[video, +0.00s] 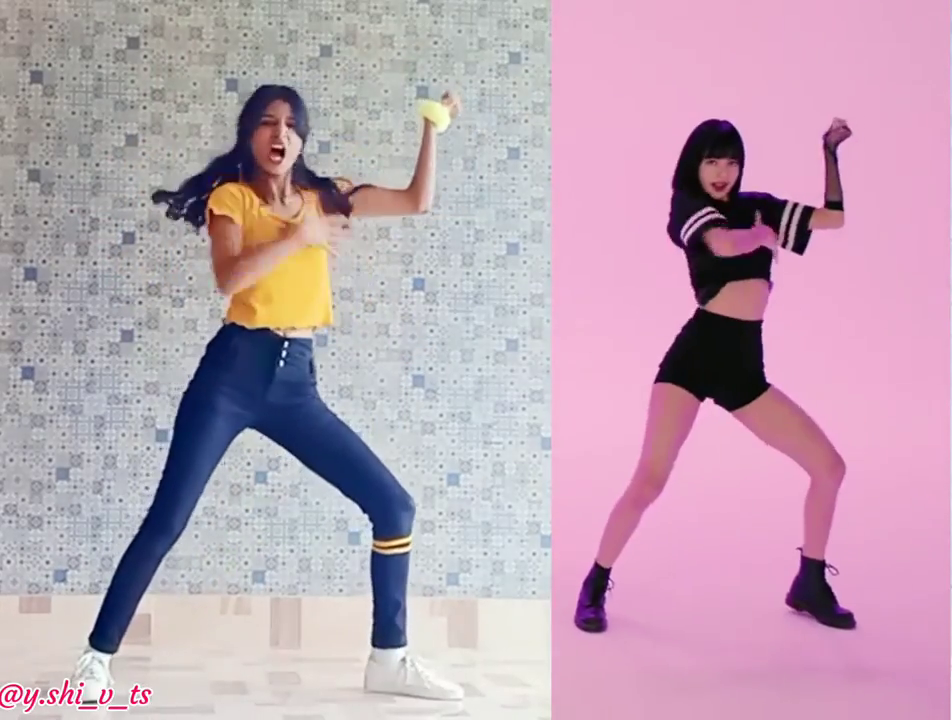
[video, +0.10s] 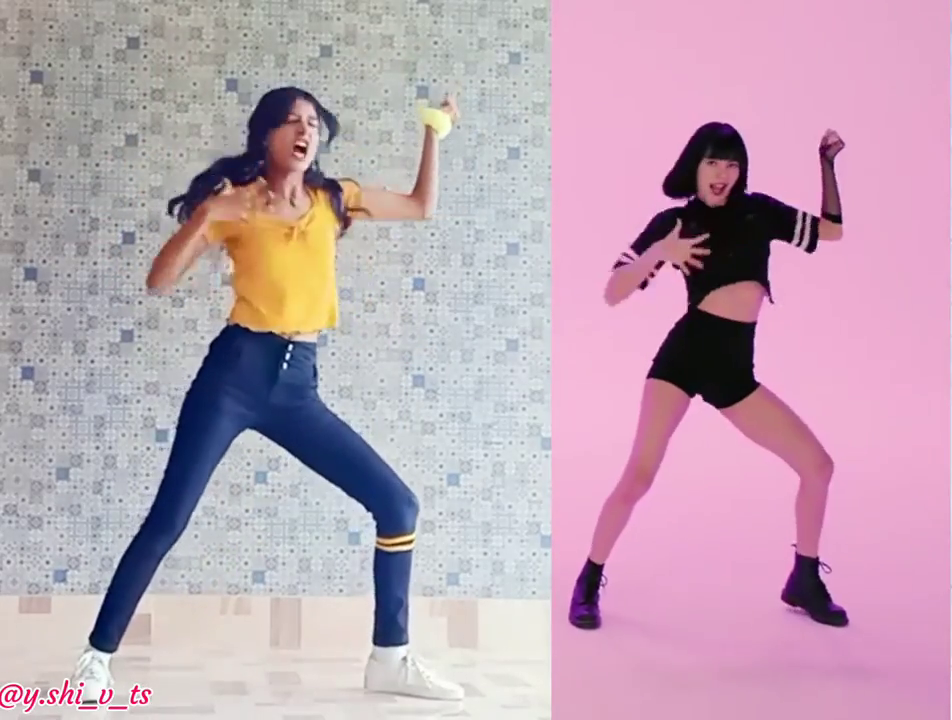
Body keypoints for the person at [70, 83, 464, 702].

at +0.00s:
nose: (280, 134)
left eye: (290, 126)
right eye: (267, 124)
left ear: (303, 138)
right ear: (246, 135)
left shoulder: (321, 197)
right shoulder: (231, 196)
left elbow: (415, 200)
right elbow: (231, 278)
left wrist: (429, 130)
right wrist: (304, 231)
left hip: (294, 387)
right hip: (230, 379)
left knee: (393, 505)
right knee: (166, 522)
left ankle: (389, 660)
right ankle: (95, 661)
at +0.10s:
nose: (305, 134)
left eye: (313, 126)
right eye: (292, 123)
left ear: (321, 142)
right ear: (263, 135)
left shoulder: (333, 198)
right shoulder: (231, 204)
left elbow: (420, 205)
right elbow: (159, 279)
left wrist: (431, 136)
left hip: (296, 388)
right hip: (233, 378)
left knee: (398, 506)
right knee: (166, 523)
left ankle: (390, 659)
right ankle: (95, 662)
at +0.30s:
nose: (288, 127)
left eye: (298, 120)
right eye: (276, 118)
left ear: (311, 135)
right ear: (255, 133)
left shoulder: (324, 191)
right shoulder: (239, 197)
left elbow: (418, 192)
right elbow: (232, 284)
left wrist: (428, 119)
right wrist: (289, 228)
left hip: (292, 386)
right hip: (228, 376)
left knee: (389, 506)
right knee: (163, 522)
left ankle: (389, 660)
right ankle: (95, 661)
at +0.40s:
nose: (277, 127)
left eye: (288, 118)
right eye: (264, 117)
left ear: (302, 132)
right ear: (247, 131)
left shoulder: (321, 188)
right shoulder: (233, 195)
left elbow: (412, 185)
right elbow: (213, 290)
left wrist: (425, 108)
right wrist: (295, 257)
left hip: (291, 382)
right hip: (226, 373)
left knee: (385, 505)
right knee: (162, 520)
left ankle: (389, 660)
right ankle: (95, 662)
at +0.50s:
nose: (261, 127)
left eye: (274, 117)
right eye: (250, 116)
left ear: (291, 129)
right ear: (236, 126)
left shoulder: (315, 184)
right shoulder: (217, 196)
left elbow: (408, 176)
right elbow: (174, 292)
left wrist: (428, 102)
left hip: (289, 377)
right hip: (223, 370)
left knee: (382, 502)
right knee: (160, 517)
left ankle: (390, 658)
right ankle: (95, 661)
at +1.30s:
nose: (311, 151)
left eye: (327, 151)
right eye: (307, 139)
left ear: (339, 171)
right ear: (289, 144)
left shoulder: (342, 213)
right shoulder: (243, 214)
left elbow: (432, 192)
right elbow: (176, 287)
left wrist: (455, 115)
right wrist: (102, 330)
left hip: (323, 395)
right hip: (252, 392)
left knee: (388, 519)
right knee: (149, 472)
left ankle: (401, 654)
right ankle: (130, 615)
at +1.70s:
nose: (262, 153)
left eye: (277, 149)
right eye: (258, 139)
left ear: (291, 159)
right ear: (241, 137)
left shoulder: (300, 192)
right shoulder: (206, 212)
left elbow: (381, 171)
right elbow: (140, 293)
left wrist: (369, 104)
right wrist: (65, 337)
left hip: (275, 371)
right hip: (209, 365)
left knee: (354, 483)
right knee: (159, 501)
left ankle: (379, 615)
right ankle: (113, 639)